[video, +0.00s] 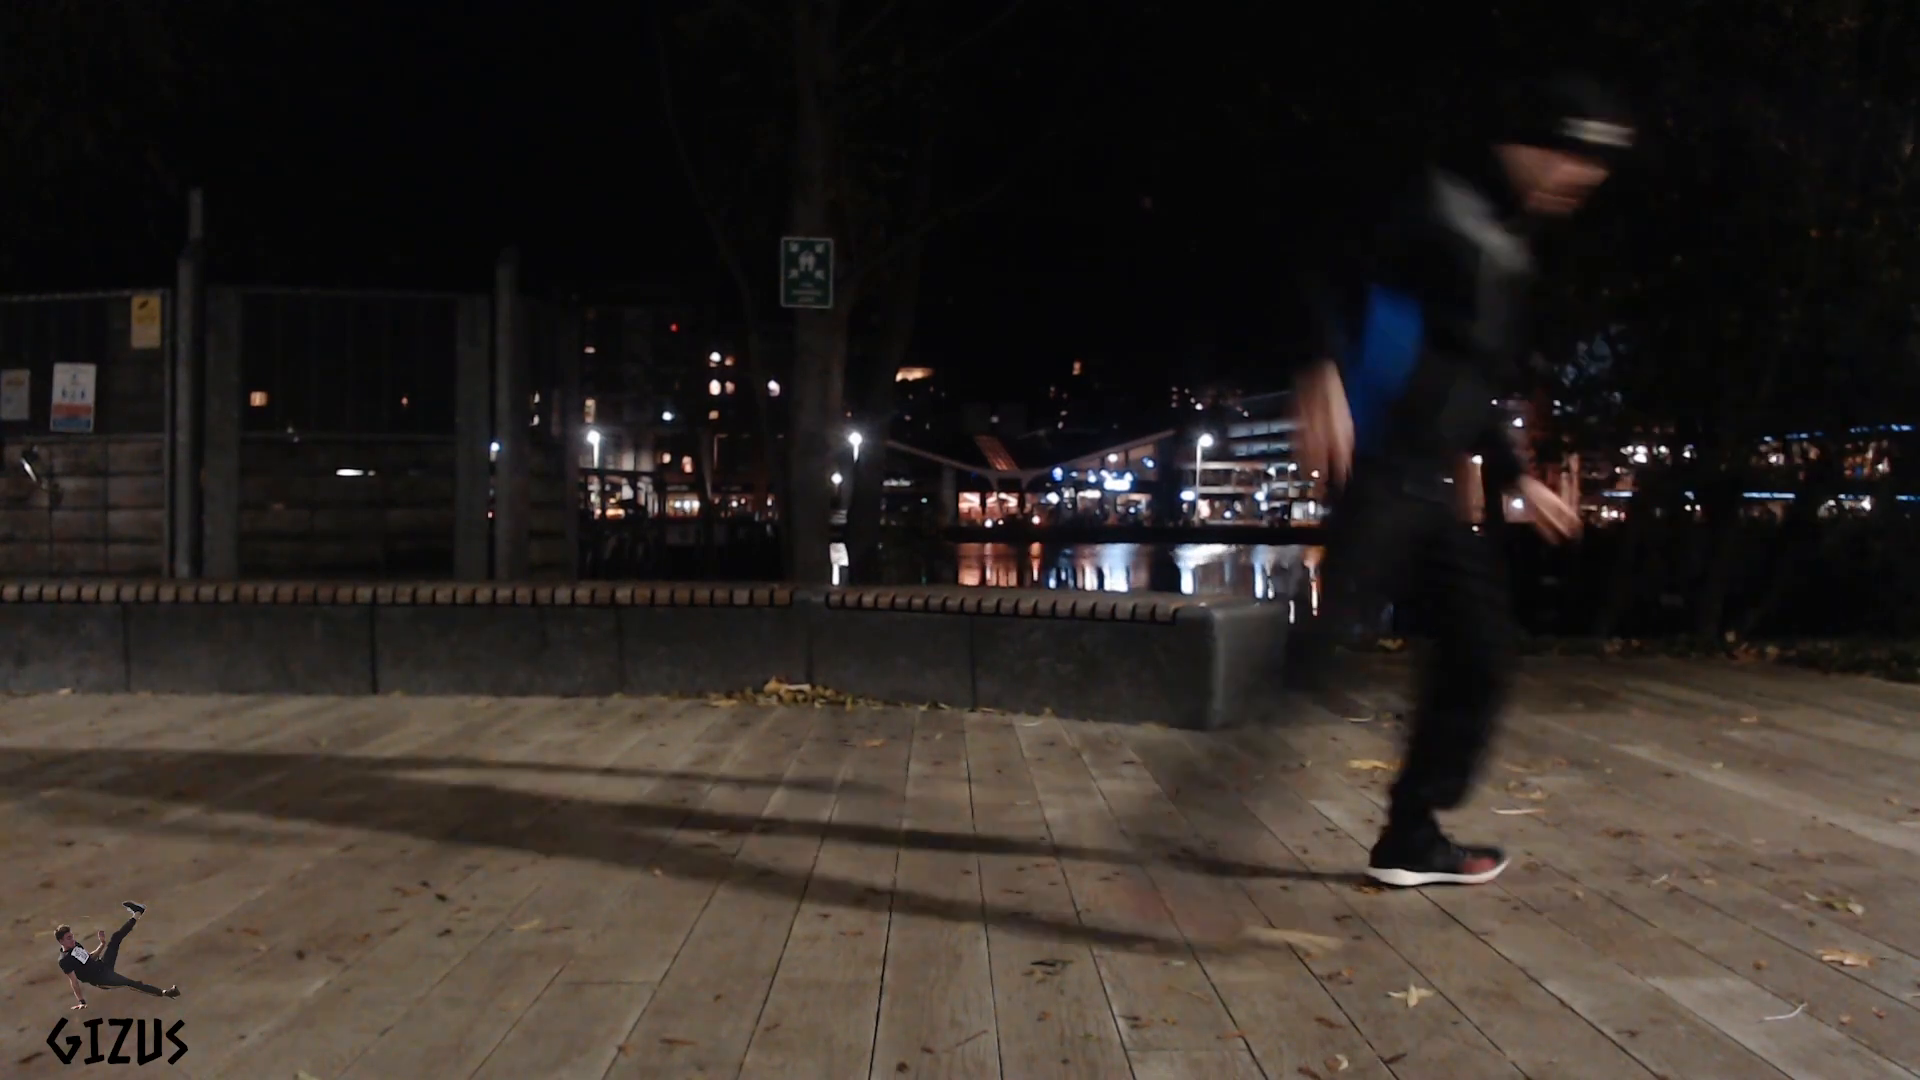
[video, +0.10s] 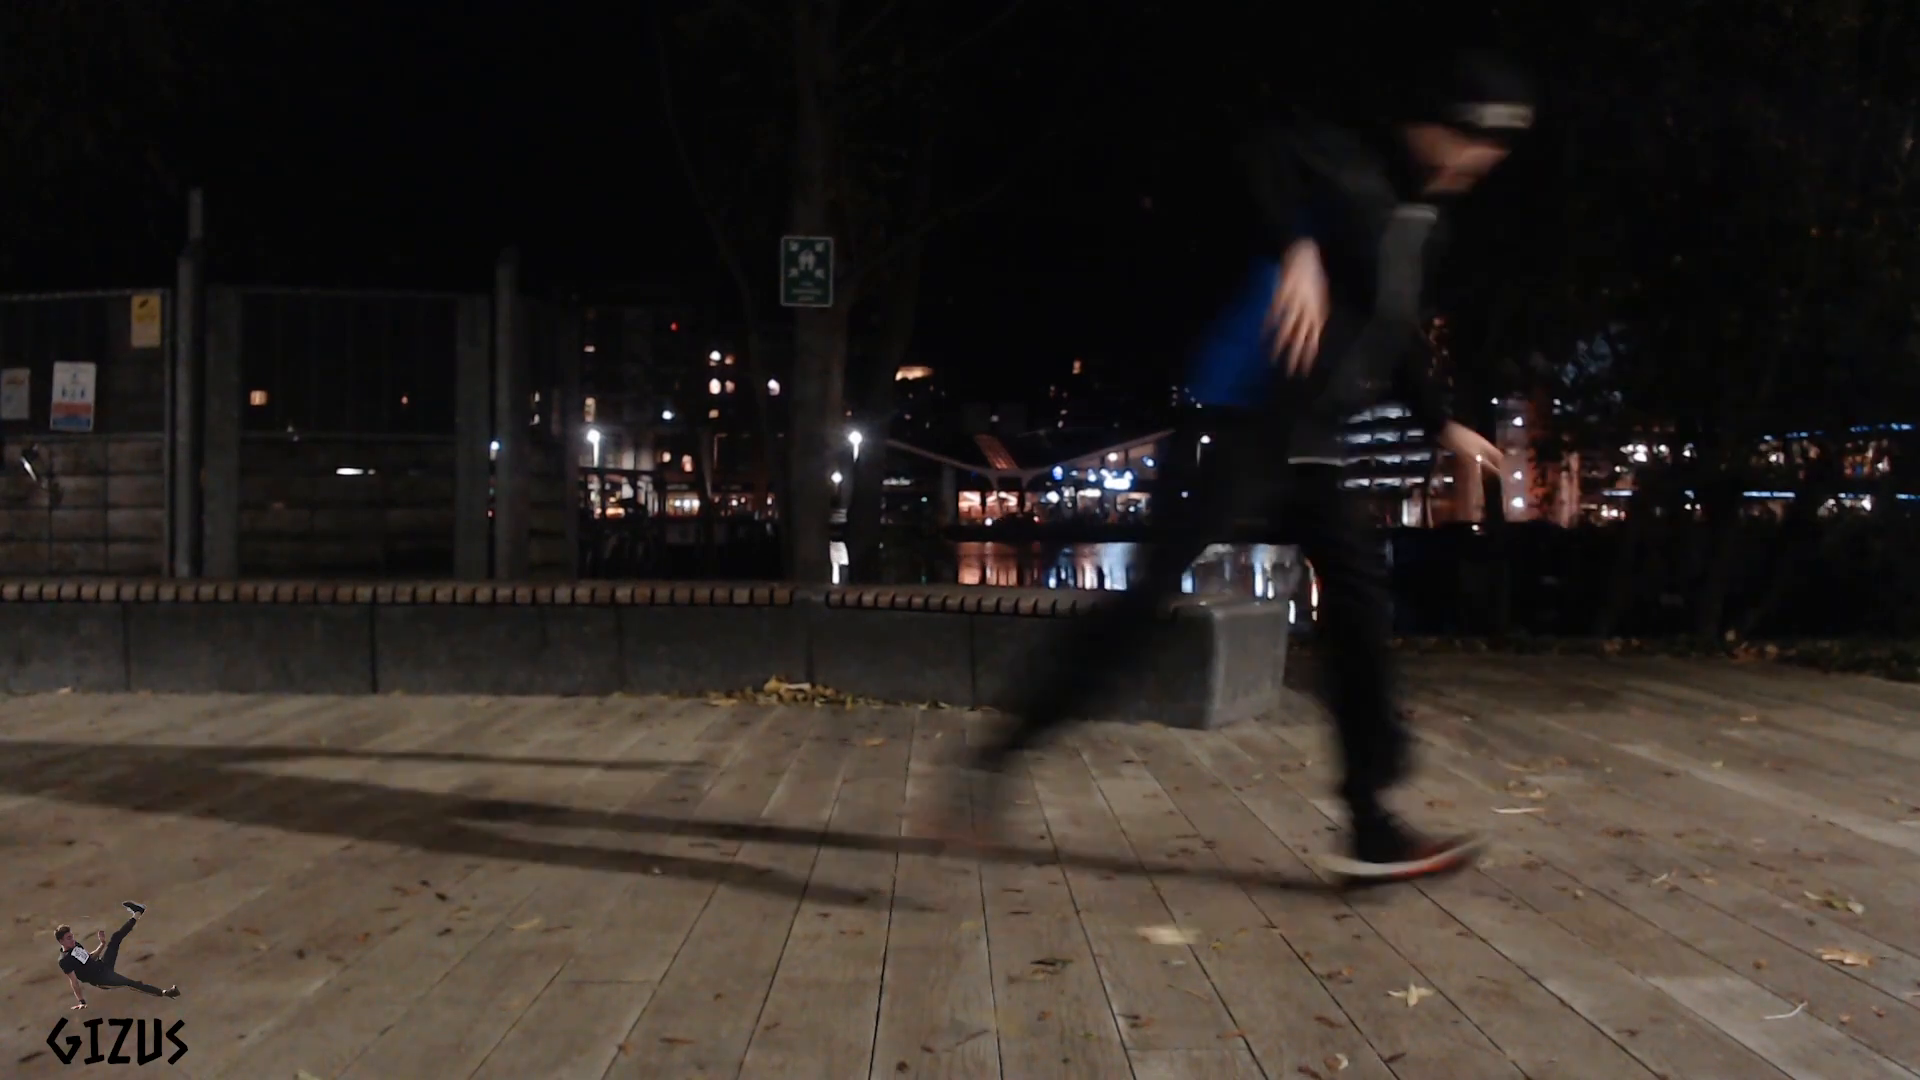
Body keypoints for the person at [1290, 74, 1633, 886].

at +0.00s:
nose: (1578, 181)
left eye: (1593, 167)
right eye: (1568, 158)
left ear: (1595, 172)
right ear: (1520, 145)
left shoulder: (1510, 249)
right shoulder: (1437, 206)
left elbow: (1481, 380)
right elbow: (1333, 277)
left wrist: (1518, 476)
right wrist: (1321, 374)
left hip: (1439, 481)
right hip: (1380, 467)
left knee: (1474, 652)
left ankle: (1411, 834)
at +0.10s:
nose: (1487, 162)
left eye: (1497, 148)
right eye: (1481, 141)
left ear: (1477, 146)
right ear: (1434, 125)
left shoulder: (1417, 213)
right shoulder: (1345, 167)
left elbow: (1395, 335)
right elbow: (1268, 162)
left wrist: (1444, 422)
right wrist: (1298, 248)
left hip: (1309, 443)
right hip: (1235, 431)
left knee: (1358, 607)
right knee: (1146, 603)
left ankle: (1370, 824)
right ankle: (993, 757)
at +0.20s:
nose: (1426, 173)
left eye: (1437, 160)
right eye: (1426, 153)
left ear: (1422, 156)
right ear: (1390, 138)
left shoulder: (1354, 226)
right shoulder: (1296, 183)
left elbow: (1362, 329)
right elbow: (1254, 132)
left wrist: (1414, 410)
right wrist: (1322, 209)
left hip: (1256, 452)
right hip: (1188, 440)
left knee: (1318, 628)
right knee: (1076, 603)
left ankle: (1331, 837)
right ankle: (912, 758)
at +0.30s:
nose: (1279, 263)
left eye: (1292, 256)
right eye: (1272, 246)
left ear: (1296, 262)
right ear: (1239, 243)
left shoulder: (1251, 321)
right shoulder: (1186, 288)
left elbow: (1236, 375)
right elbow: (1251, 227)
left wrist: (1295, 386)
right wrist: (1354, 189)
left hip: (1160, 513)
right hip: (1074, 504)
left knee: (1255, 645)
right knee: (947, 647)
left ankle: (1304, 857)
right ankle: (803, 794)